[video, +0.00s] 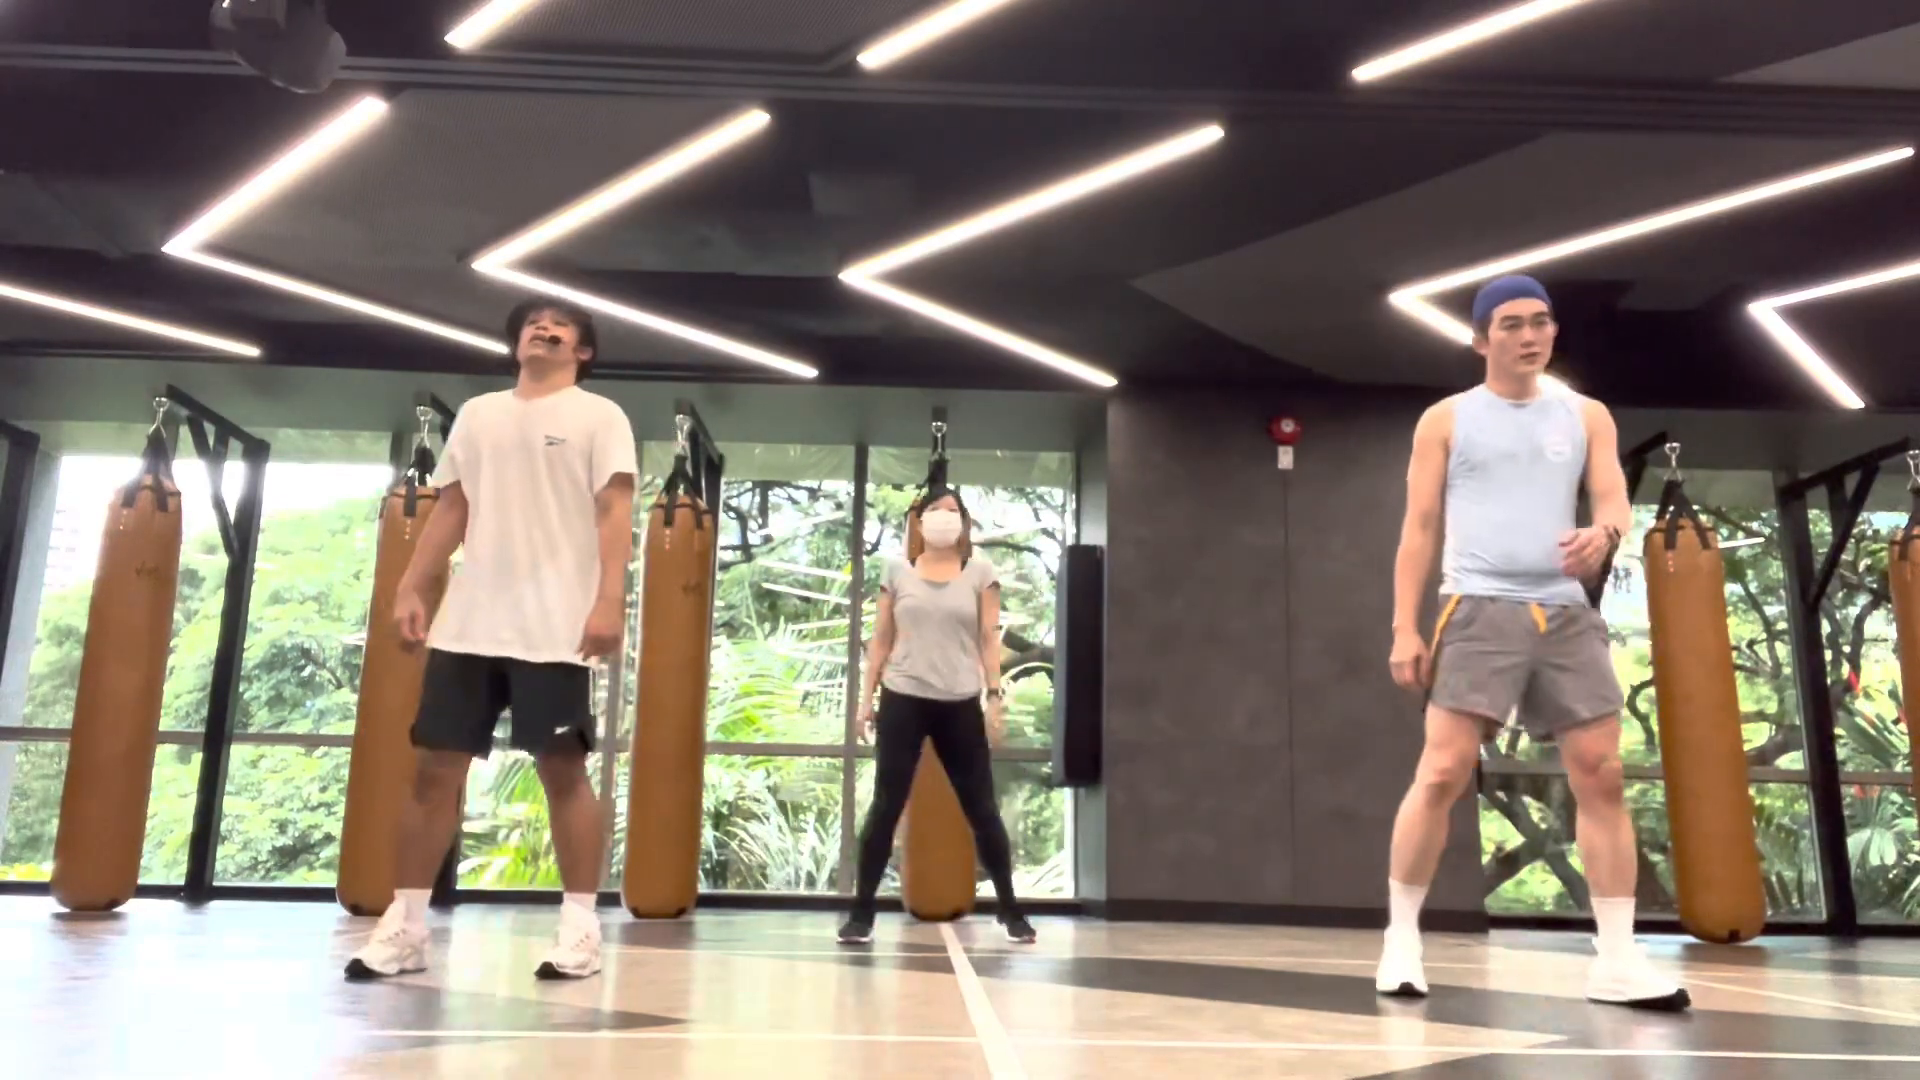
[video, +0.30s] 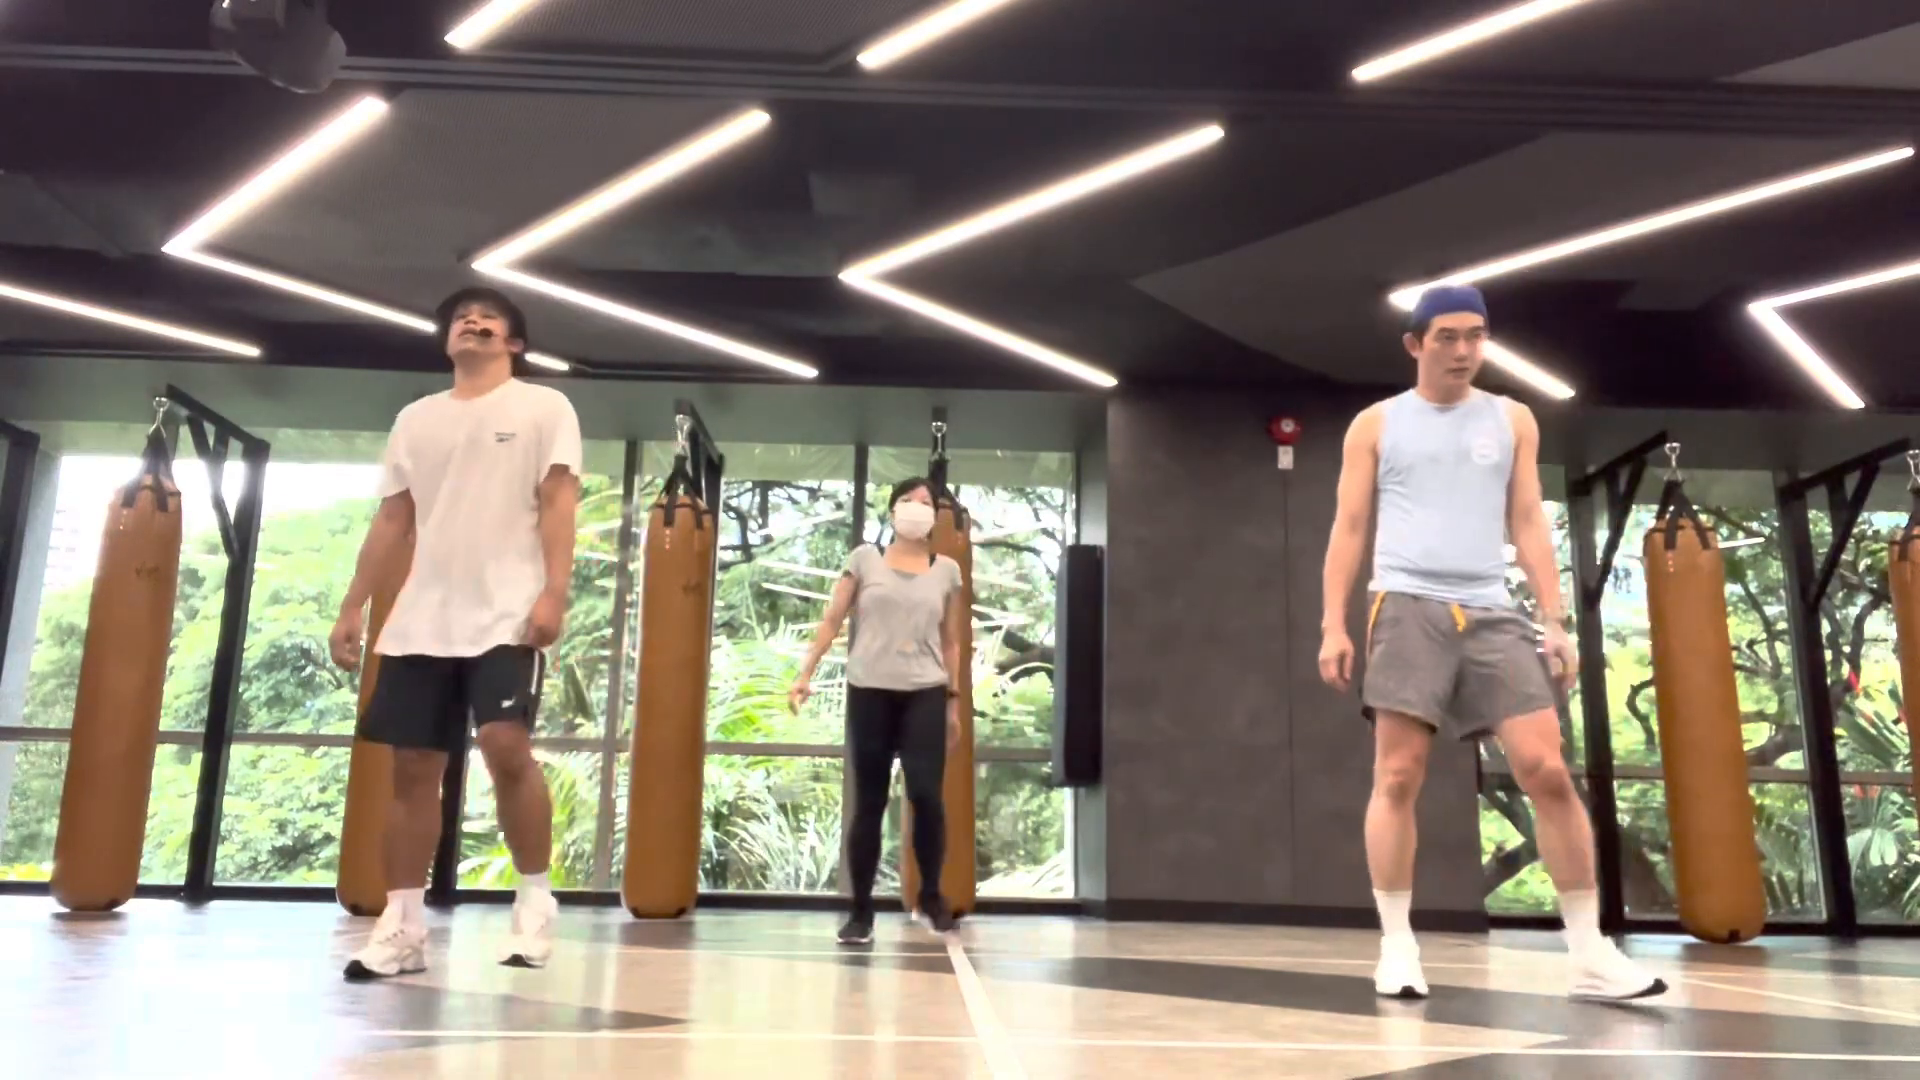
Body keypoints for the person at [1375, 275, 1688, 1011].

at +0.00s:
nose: (1527, 334)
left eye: (1538, 322)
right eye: (1510, 323)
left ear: (1554, 333)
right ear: (1483, 338)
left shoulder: (1589, 417)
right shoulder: (1444, 421)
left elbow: (1614, 502)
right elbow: (1420, 528)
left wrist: (1604, 534)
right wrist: (1405, 626)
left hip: (1569, 619)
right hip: (1477, 618)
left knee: (1602, 775)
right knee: (1441, 775)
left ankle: (1617, 957)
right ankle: (1401, 941)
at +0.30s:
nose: (1462, 349)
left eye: (1473, 336)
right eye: (1447, 337)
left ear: (1486, 344)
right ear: (1415, 345)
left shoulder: (1512, 421)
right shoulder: (1375, 424)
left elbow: (1529, 523)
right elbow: (1349, 527)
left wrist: (1552, 618)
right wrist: (1335, 622)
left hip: (1498, 617)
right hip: (1409, 614)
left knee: (1548, 773)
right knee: (1398, 775)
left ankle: (1589, 954)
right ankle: (1396, 949)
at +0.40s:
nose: (1451, 349)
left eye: (1462, 336)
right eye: (1436, 336)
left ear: (1475, 342)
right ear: (1406, 345)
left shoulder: (1502, 421)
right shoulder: (1365, 425)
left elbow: (1516, 532)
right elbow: (1338, 528)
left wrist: (1535, 630)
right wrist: (1319, 625)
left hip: (1486, 617)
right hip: (1401, 614)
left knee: (1523, 774)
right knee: (1394, 778)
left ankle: (1529, 944)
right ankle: (1397, 946)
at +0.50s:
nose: (1448, 351)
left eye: (1459, 338)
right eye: (1434, 337)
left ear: (1472, 346)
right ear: (1401, 344)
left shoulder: (1496, 423)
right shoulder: (1361, 427)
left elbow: (1507, 537)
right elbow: (1333, 531)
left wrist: (1517, 626)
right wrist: (1309, 628)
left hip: (1482, 614)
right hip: (1397, 611)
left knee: (1486, 774)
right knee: (1394, 776)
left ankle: (1455, 934)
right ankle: (1396, 944)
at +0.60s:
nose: (1451, 343)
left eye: (1462, 330)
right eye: (1437, 329)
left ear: (1473, 342)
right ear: (1404, 338)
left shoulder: (1495, 420)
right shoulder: (1362, 424)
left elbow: (1500, 526)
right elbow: (1336, 531)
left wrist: (1502, 611)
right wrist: (1313, 628)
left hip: (1482, 612)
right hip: (1400, 609)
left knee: (1493, 772)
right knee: (1396, 776)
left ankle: (1449, 929)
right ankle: (1396, 944)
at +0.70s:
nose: (1463, 333)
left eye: (1472, 324)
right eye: (1448, 320)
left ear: (1479, 340)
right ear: (1411, 332)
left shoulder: (1496, 418)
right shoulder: (1367, 418)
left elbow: (1497, 521)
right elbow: (1344, 525)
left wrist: (1501, 604)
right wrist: (1332, 624)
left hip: (1492, 612)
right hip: (1410, 612)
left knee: (1534, 759)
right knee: (1400, 774)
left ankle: (1492, 914)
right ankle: (1397, 943)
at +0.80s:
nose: (1472, 324)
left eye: (1482, 317)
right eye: (1457, 312)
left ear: (1490, 340)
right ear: (1420, 330)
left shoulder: (1507, 422)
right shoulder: (1379, 415)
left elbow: (1500, 524)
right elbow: (1353, 521)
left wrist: (1497, 606)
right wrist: (1354, 621)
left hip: (1502, 611)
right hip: (1418, 612)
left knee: (1562, 760)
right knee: (1405, 774)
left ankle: (1547, 929)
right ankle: (1398, 944)